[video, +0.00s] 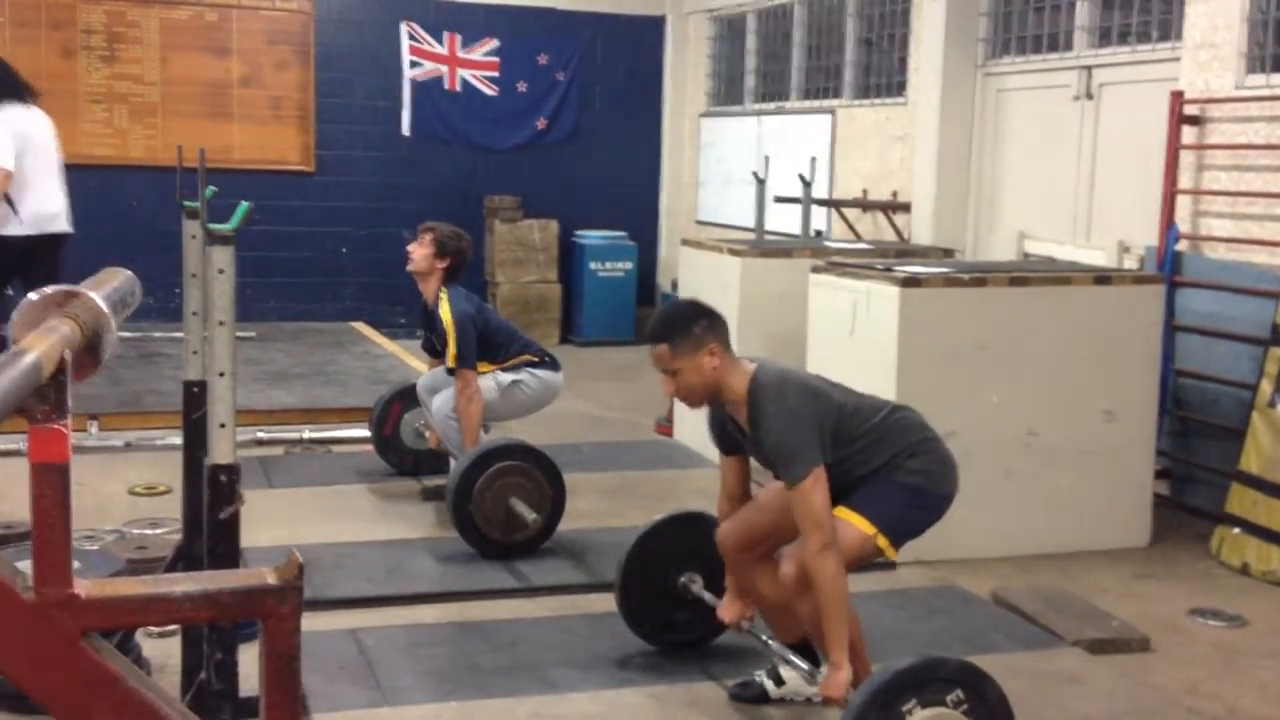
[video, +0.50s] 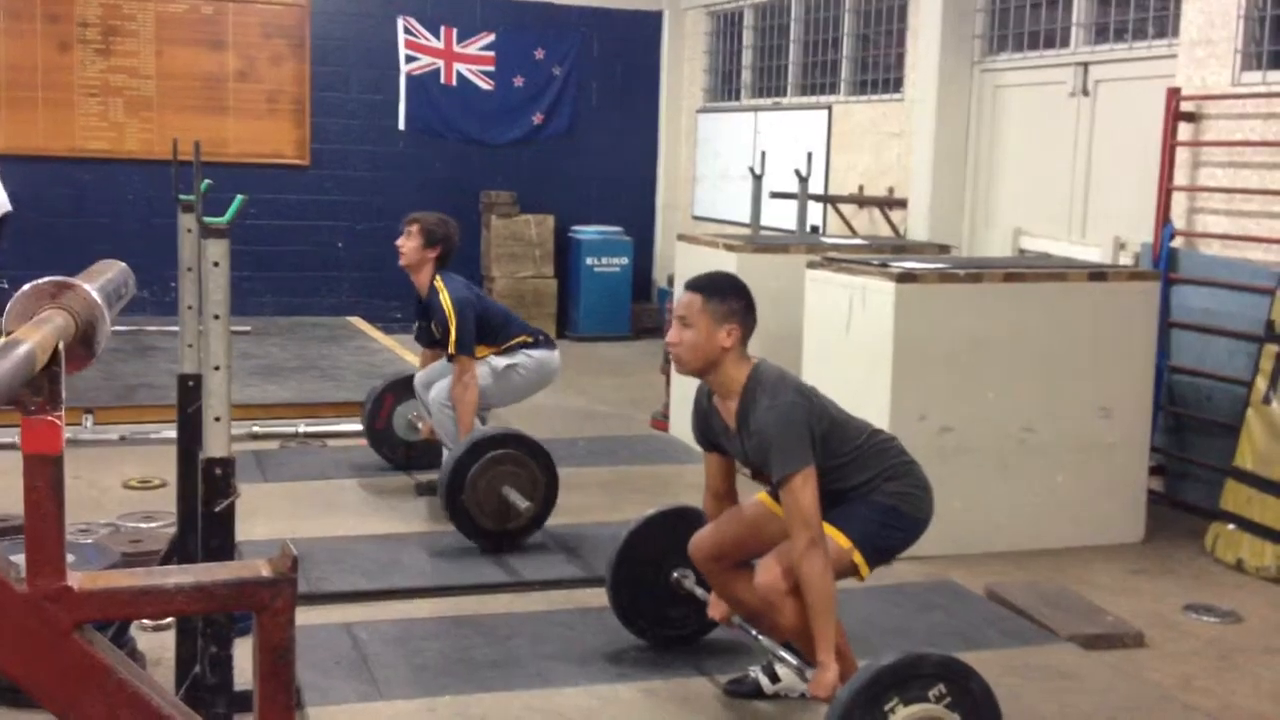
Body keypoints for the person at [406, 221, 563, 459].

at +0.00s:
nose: (409, 248)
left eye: (421, 243)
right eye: (415, 241)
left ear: (441, 262)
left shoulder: (456, 310)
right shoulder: (432, 305)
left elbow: (468, 388)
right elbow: (436, 367)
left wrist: (472, 456)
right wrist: (437, 430)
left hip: (536, 375)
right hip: (509, 370)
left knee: (444, 408)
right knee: (428, 386)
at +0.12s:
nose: (406, 247)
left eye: (418, 243)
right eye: (412, 241)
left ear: (439, 261)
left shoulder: (453, 307)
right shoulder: (431, 304)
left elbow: (466, 387)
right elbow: (434, 366)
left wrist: (470, 457)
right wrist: (436, 429)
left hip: (535, 373)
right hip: (509, 369)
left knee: (442, 408)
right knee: (427, 384)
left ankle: (481, 474)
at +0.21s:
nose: (405, 246)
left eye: (417, 242)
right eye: (411, 240)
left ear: (438, 259)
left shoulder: (452, 306)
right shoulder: (430, 302)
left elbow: (466, 387)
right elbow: (433, 367)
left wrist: (468, 454)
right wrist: (435, 428)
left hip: (534, 371)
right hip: (507, 366)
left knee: (443, 407)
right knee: (426, 384)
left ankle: (482, 475)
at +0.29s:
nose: (403, 246)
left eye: (415, 241)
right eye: (408, 239)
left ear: (436, 259)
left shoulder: (451, 305)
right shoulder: (428, 300)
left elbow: (466, 386)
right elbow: (432, 363)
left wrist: (470, 456)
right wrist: (434, 424)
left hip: (532, 369)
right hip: (505, 365)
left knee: (441, 406)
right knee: (424, 383)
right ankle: (460, 473)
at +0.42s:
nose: (399, 245)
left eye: (411, 239)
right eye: (404, 237)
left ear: (434, 255)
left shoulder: (452, 302)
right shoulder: (428, 298)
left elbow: (466, 381)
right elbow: (431, 362)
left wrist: (467, 452)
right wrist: (430, 419)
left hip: (533, 361)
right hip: (503, 358)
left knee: (441, 402)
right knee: (425, 384)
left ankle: (472, 481)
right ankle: (456, 475)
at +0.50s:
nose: (398, 243)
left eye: (409, 236)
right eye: (402, 235)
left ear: (433, 251)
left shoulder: (453, 298)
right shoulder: (427, 294)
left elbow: (466, 377)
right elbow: (431, 356)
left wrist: (466, 450)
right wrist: (435, 419)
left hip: (533, 357)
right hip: (504, 354)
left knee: (442, 398)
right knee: (425, 381)